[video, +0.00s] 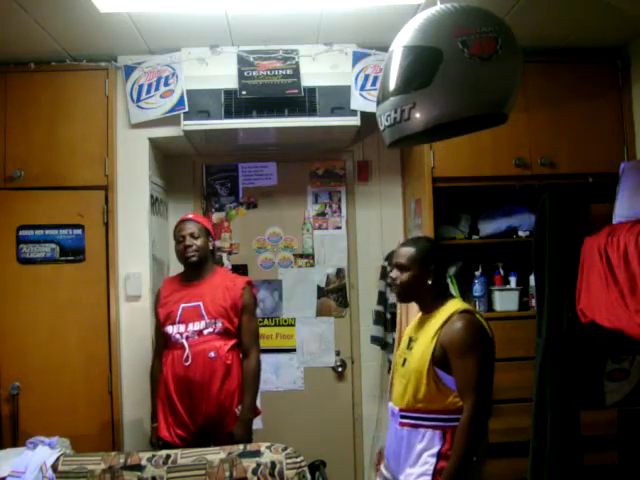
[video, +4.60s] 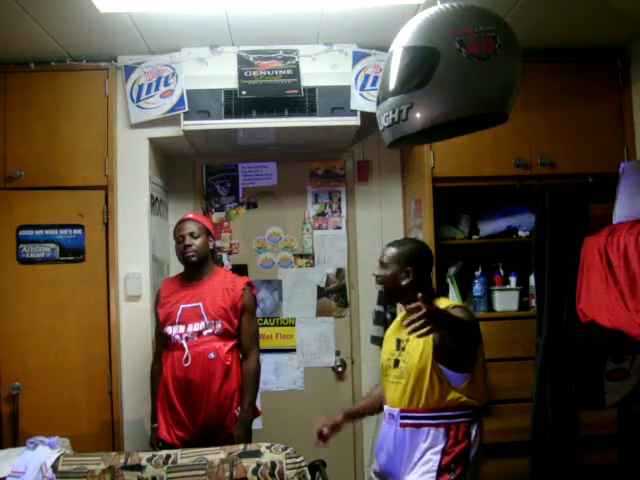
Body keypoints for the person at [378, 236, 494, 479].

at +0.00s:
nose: (391, 276)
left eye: (401, 269)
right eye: (392, 268)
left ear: (429, 275)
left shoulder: (461, 327)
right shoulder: (423, 318)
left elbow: (475, 407)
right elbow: (415, 395)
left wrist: (452, 471)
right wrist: (389, 447)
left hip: (432, 452)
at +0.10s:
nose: (392, 278)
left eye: (403, 270)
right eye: (392, 269)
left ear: (430, 277)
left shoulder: (463, 326)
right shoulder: (424, 318)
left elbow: (476, 407)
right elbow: (413, 395)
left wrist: (452, 471)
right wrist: (389, 448)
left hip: (433, 451)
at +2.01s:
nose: (406, 269)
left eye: (415, 261)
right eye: (398, 262)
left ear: (431, 266)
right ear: (390, 269)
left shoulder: (453, 321)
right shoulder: (402, 316)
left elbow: (475, 399)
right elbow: (398, 388)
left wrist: (454, 470)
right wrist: (375, 437)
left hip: (432, 440)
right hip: (392, 437)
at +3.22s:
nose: (405, 276)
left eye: (414, 268)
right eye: (397, 270)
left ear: (430, 272)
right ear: (388, 277)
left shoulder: (457, 323)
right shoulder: (400, 323)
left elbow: (482, 396)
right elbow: (397, 394)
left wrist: (444, 460)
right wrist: (371, 441)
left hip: (434, 443)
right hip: (393, 441)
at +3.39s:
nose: (409, 271)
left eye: (417, 264)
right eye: (400, 265)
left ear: (431, 268)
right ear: (390, 273)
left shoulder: (455, 314)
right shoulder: (396, 321)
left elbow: (475, 370)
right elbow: (393, 391)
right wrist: (370, 437)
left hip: (440, 434)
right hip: (394, 434)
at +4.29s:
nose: (407, 271)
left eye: (416, 263)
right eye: (398, 265)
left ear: (429, 269)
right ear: (389, 274)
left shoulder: (453, 311)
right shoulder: (396, 324)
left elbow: (469, 357)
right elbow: (393, 393)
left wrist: (442, 333)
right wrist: (361, 437)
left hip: (441, 435)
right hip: (395, 436)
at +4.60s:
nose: (376, 274)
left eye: (384, 266)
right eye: (379, 266)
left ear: (407, 275)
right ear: (405, 276)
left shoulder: (454, 314)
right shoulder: (397, 325)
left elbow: (468, 341)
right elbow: (390, 389)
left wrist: (440, 319)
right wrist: (343, 417)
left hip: (438, 443)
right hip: (393, 440)